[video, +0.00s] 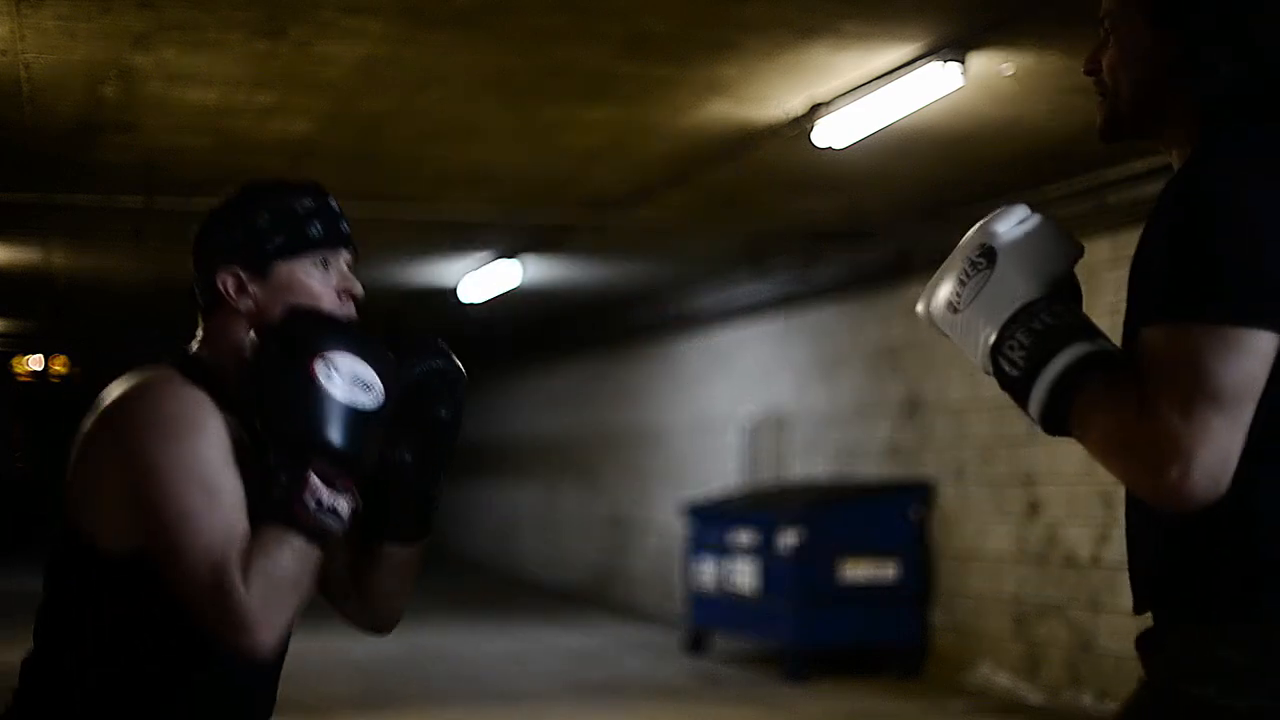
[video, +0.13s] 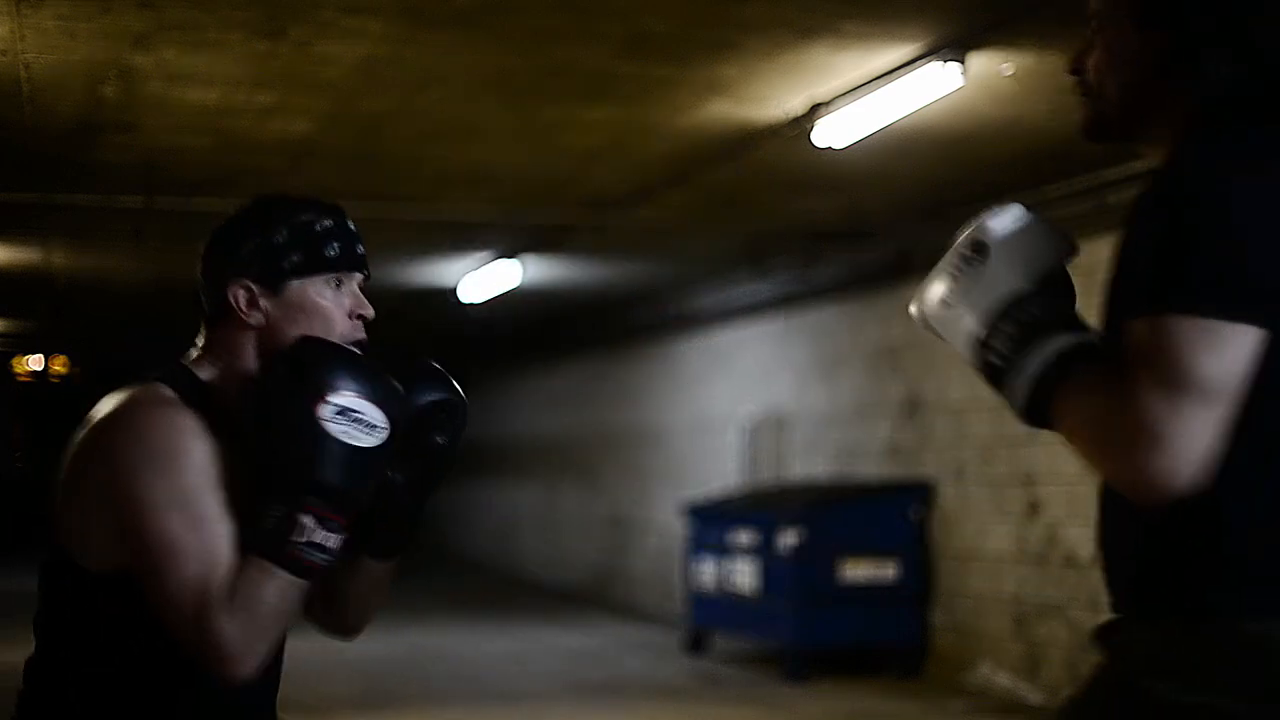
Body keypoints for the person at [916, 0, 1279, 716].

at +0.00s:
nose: (1092, 63)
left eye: (1113, 30)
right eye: (1102, 34)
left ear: (1184, 33)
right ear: (1182, 41)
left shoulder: (1238, 178)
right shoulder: (1228, 177)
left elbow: (1184, 455)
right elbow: (1187, 447)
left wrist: (1026, 333)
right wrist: (1044, 328)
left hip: (1241, 658)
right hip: (1230, 649)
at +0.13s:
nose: (1079, 61)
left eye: (1103, 29)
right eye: (1089, 32)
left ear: (1172, 33)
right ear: (1177, 39)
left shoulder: (1231, 166)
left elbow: (1161, 446)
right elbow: (1164, 442)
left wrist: (1026, 336)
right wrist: (1043, 337)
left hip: (1223, 656)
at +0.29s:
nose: (1014, 65)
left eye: (1031, 39)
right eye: (1019, 40)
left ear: (1089, 48)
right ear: (1177, 53)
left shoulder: (1059, 182)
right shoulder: (1243, 189)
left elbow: (797, 297)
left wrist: (674, 282)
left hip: (1157, 630)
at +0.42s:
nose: (949, 55)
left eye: (964, 30)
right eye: (955, 33)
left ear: (1021, 40)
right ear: (1114, 45)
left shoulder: (999, 189)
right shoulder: (1206, 206)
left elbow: (825, 397)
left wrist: (698, 303)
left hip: (1089, 636)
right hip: (1242, 626)